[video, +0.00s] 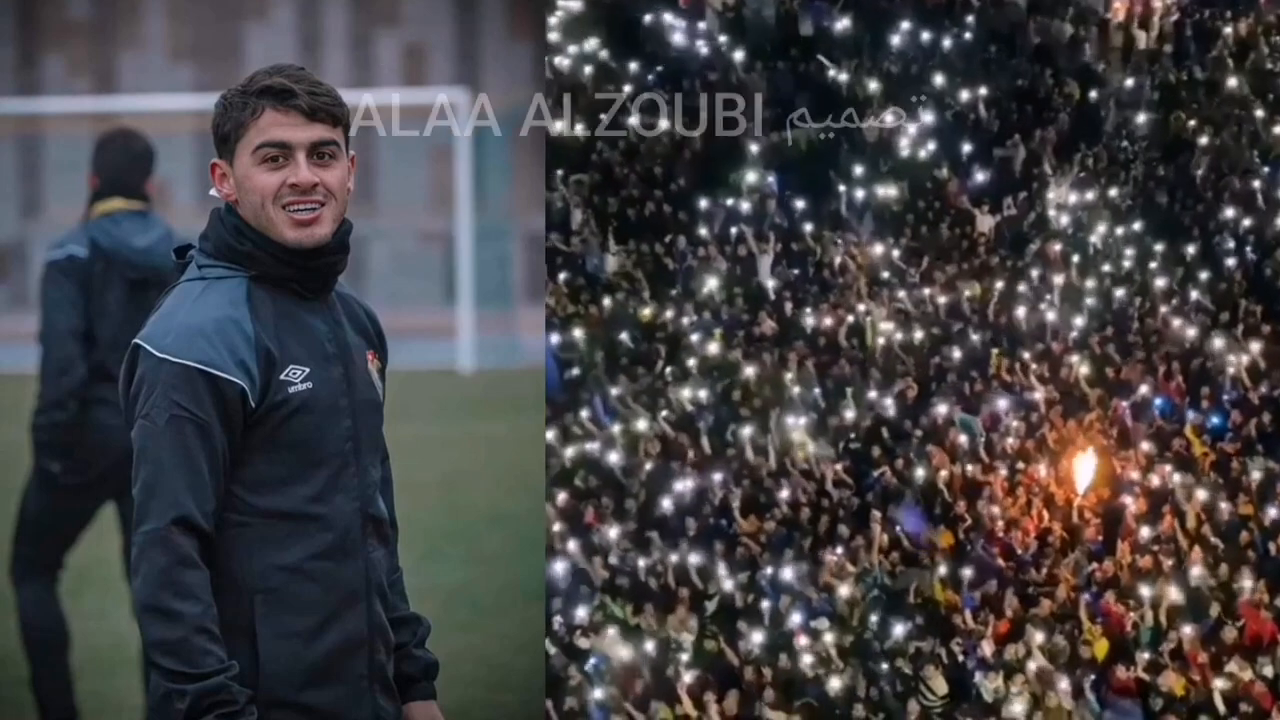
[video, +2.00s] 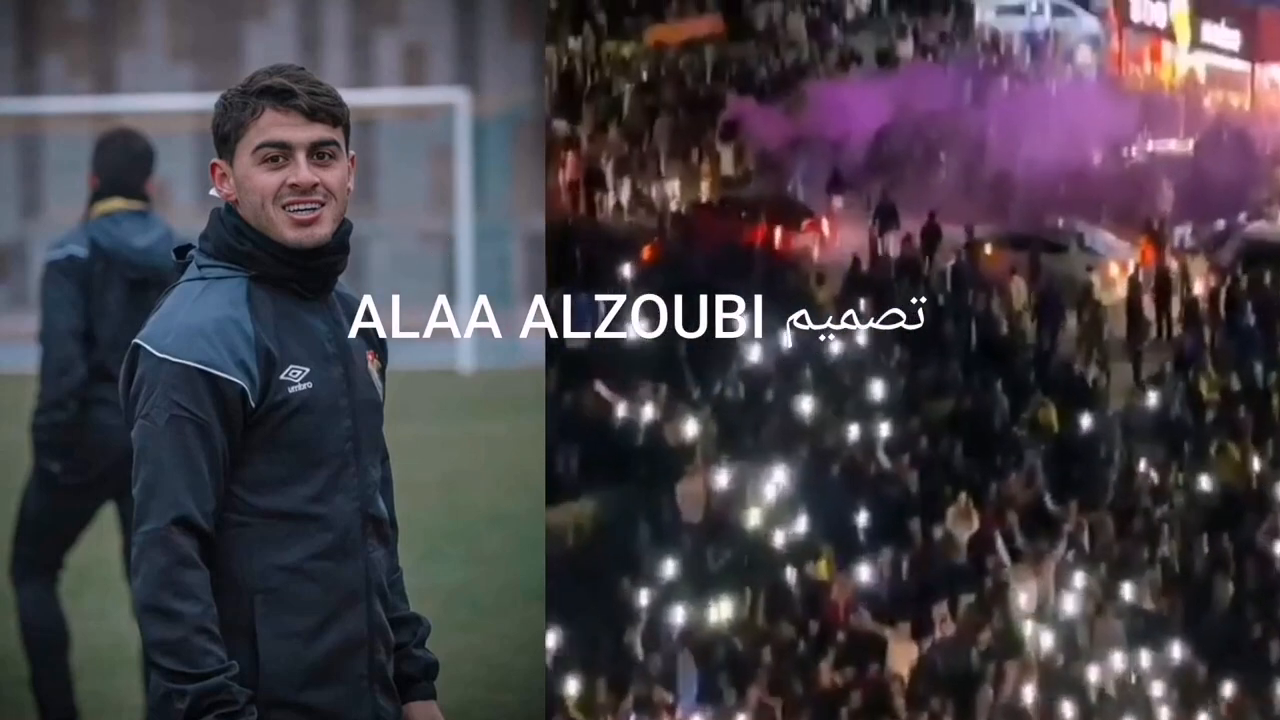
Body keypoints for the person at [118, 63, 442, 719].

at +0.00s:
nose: (305, 178)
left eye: (322, 155)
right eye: (274, 158)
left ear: (350, 171)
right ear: (226, 182)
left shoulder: (356, 323)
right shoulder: (194, 335)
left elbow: (372, 524)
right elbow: (164, 552)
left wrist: (414, 684)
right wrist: (213, 705)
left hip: (365, 690)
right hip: (259, 692)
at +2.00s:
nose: (305, 178)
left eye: (322, 155)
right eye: (274, 158)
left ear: (350, 171)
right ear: (226, 182)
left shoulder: (351, 319)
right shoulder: (196, 334)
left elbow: (372, 523)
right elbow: (164, 551)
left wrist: (414, 684)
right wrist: (213, 705)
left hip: (364, 690)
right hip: (260, 692)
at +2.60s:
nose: (305, 178)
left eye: (322, 155)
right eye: (274, 158)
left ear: (350, 171)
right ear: (226, 182)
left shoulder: (356, 323)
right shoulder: (195, 334)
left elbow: (372, 524)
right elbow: (164, 550)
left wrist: (414, 685)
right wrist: (213, 705)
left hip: (364, 690)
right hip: (259, 691)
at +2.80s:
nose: (305, 178)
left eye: (322, 155)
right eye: (274, 158)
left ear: (350, 171)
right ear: (226, 182)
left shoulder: (356, 323)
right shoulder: (195, 334)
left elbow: (372, 524)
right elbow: (164, 550)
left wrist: (414, 684)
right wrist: (213, 705)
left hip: (364, 690)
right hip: (259, 691)